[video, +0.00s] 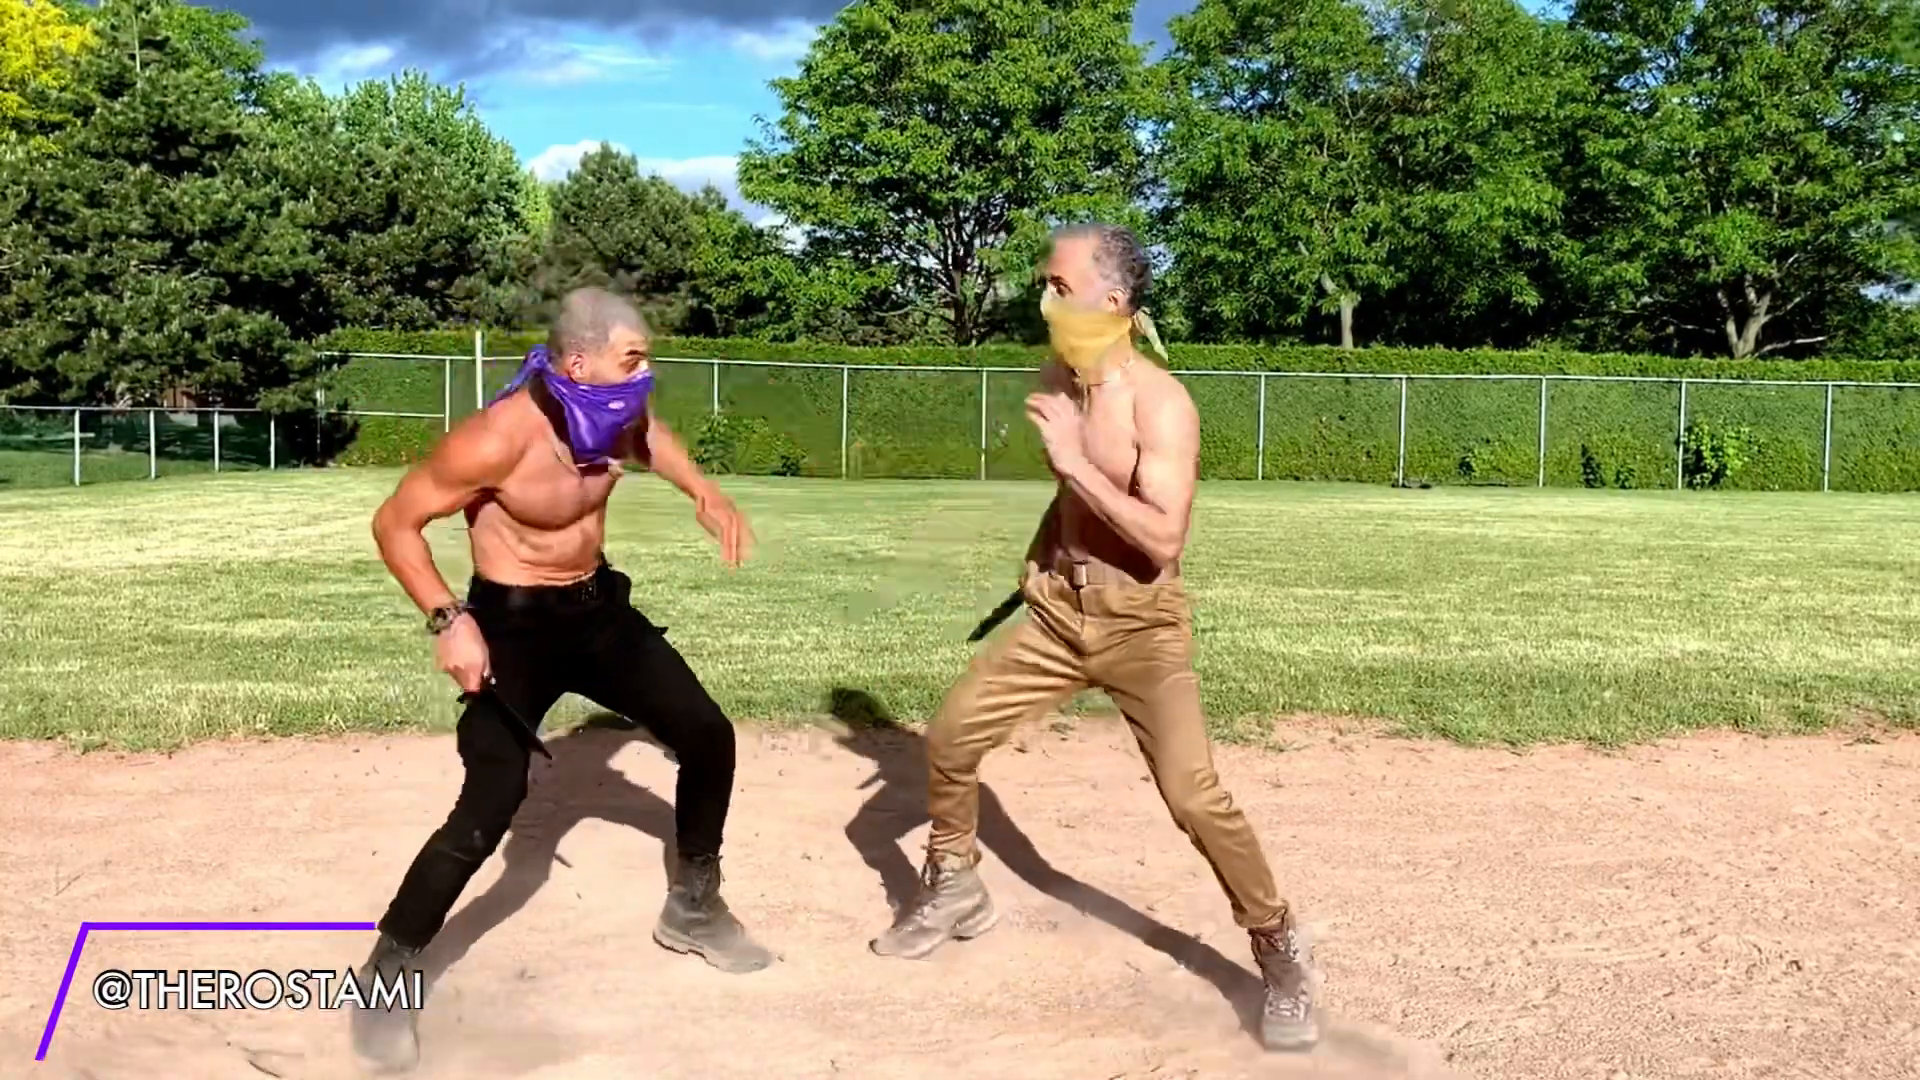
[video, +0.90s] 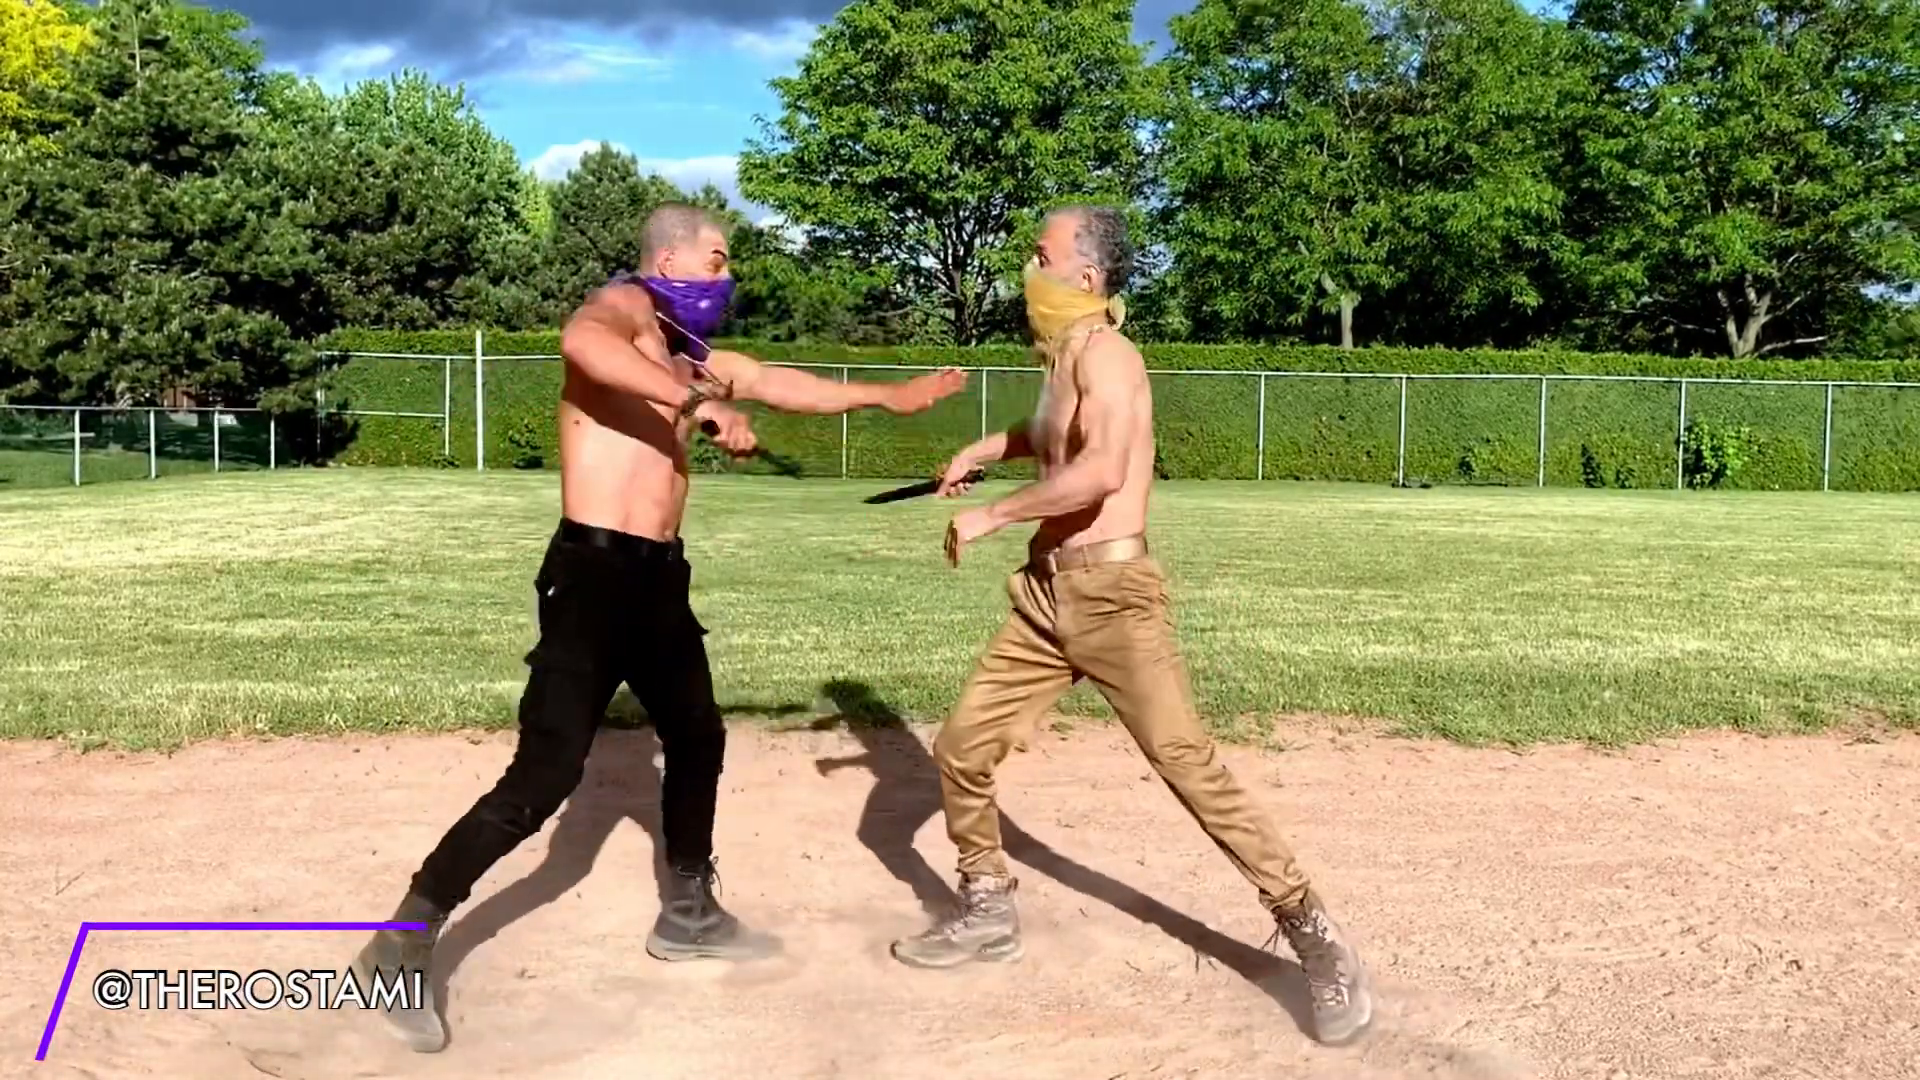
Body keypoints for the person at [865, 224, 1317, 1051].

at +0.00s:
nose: (1045, 302)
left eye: (1059, 288)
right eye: (1045, 287)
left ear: (1112, 297)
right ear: (1084, 294)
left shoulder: (1164, 403)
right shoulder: (1067, 389)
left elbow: (1165, 537)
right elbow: (1073, 495)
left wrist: (1073, 467)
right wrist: (1040, 563)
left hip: (1144, 626)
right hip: (1057, 611)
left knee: (1192, 796)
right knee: (951, 738)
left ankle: (1280, 952)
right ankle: (955, 885)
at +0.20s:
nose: (1024, 354)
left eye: (1032, 337)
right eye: (1022, 339)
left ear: (1082, 333)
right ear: (1072, 337)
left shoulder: (1149, 403)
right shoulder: (1104, 414)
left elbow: (1111, 506)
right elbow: (1116, 526)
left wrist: (1029, 435)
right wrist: (1051, 583)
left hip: (1214, 629)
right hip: (1144, 627)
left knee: (1232, 820)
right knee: (1029, 756)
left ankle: (1331, 974)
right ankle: (997, 932)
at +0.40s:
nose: (1040, 336)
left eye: (1049, 320)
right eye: (1039, 321)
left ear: (1094, 322)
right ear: (1100, 323)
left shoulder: (1125, 413)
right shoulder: (1124, 401)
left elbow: (1085, 557)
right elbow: (1144, 492)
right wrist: (1070, 524)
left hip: (1199, 635)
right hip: (1133, 630)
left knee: (1220, 827)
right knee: (1018, 750)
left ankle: (1330, 971)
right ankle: (1009, 921)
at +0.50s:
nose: (1027, 320)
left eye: (1038, 306)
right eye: (1027, 306)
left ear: (1090, 310)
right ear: (1070, 312)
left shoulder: (1150, 398)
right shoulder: (1050, 400)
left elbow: (1221, 523)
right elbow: (993, 443)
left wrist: (1122, 563)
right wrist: (910, 477)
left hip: (1189, 618)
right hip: (1109, 621)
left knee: (1229, 799)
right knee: (1005, 750)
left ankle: (1329, 968)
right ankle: (1006, 918)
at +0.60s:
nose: (1022, 318)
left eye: (1034, 304)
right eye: (1022, 304)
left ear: (1086, 309)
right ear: (1066, 310)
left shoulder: (1157, 401)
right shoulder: (1035, 388)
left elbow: (1177, 528)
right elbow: (967, 442)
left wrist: (1066, 493)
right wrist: (891, 496)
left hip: (1166, 622)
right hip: (1085, 614)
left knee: (1243, 789)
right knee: (980, 745)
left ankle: (1338, 952)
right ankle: (997, 909)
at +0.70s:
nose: (1018, 307)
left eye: (1029, 294)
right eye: (1018, 293)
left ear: (1076, 300)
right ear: (1063, 299)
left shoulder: (1111, 377)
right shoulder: (1062, 393)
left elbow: (1034, 445)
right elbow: (1072, 489)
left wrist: (927, 409)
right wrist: (1027, 537)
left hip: (1142, 618)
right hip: (1068, 613)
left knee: (1210, 782)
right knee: (982, 757)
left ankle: (1323, 944)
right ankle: (984, 912)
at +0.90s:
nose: (1029, 268)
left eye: (1042, 257)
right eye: (1032, 256)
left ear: (1089, 273)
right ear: (1075, 273)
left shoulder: (1107, 354)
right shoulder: (1066, 357)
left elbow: (1101, 472)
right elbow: (1057, 440)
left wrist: (995, 514)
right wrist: (991, 446)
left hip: (1116, 594)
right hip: (1049, 591)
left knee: (1189, 768)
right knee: (961, 751)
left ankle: (1317, 939)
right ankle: (988, 912)